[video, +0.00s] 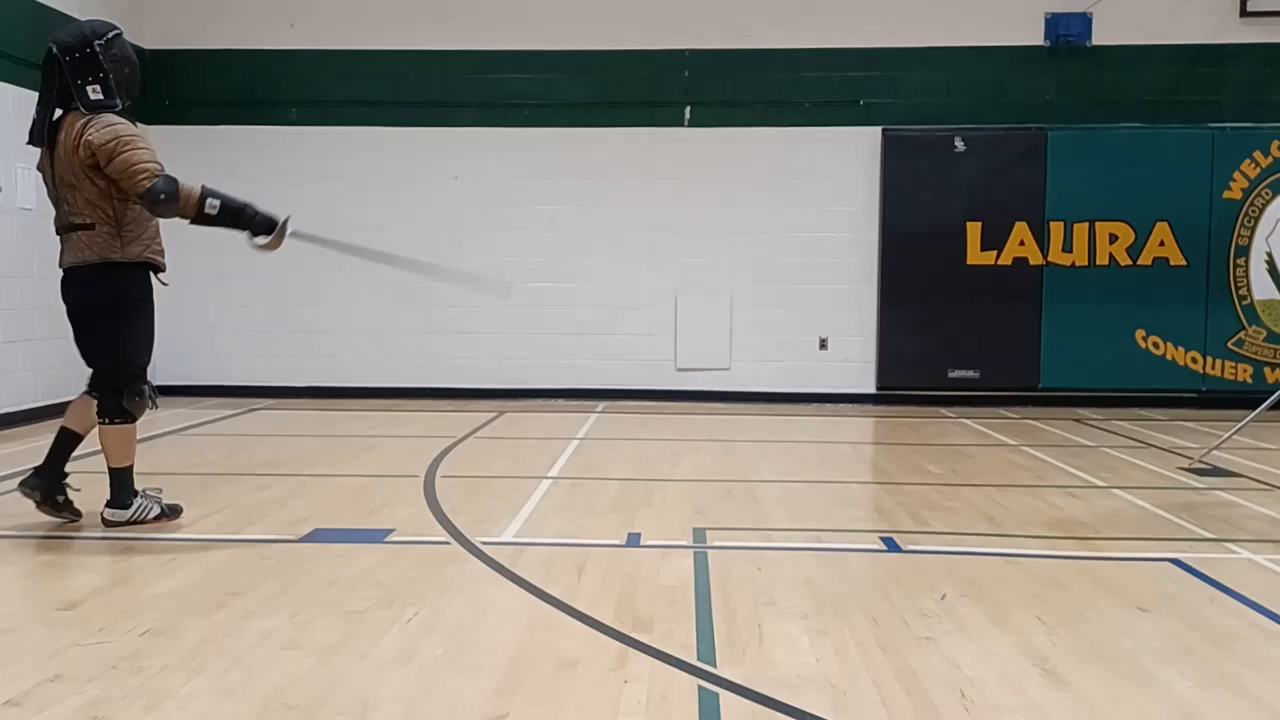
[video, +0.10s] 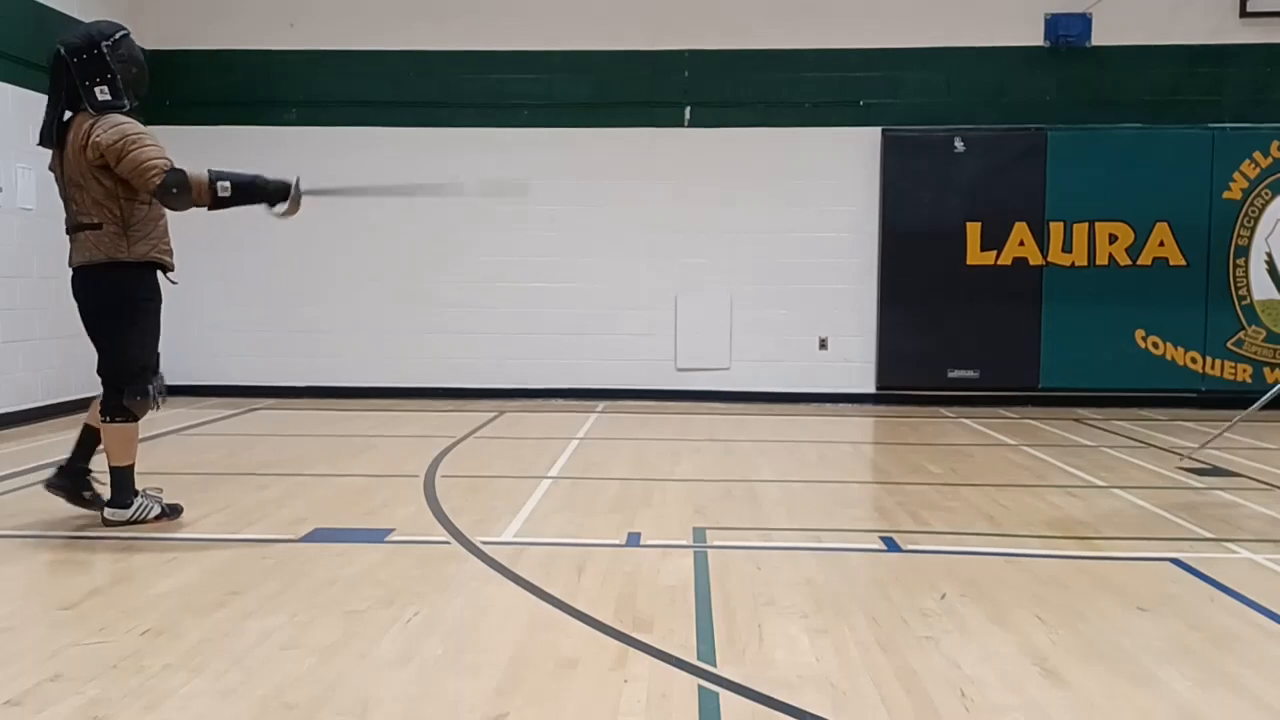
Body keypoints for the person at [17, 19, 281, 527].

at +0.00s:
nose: (128, 73)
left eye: (125, 63)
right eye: (120, 64)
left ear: (72, 74)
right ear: (99, 70)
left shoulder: (62, 131)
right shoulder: (105, 129)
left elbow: (73, 207)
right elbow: (160, 193)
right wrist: (241, 213)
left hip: (85, 276)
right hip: (117, 276)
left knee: (111, 380)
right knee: (122, 386)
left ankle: (47, 476)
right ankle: (123, 499)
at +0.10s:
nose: (135, 73)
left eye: (132, 63)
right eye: (127, 64)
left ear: (82, 74)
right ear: (106, 69)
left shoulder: (76, 129)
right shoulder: (111, 129)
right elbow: (171, 186)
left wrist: (226, 190)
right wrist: (256, 188)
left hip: (100, 274)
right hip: (123, 275)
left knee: (124, 381)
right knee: (130, 386)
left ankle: (74, 473)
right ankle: (124, 498)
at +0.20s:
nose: (146, 70)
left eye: (142, 61)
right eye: (136, 62)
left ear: (93, 74)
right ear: (115, 69)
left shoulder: (92, 129)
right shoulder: (120, 130)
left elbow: (174, 188)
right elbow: (178, 188)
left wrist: (233, 176)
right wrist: (250, 167)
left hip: (113, 272)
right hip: (126, 274)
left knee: (137, 379)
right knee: (132, 382)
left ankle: (114, 479)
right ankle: (120, 493)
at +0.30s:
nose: (159, 72)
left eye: (155, 62)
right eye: (148, 63)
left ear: (106, 76)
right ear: (124, 72)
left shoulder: (101, 129)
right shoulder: (129, 133)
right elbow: (188, 192)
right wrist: (250, 153)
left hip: (133, 274)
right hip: (129, 277)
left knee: (158, 377)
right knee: (130, 384)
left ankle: (155, 482)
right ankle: (122, 500)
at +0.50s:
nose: (177, 74)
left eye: (172, 63)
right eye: (166, 66)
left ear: (124, 82)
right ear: (143, 78)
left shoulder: (120, 136)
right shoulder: (150, 139)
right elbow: (211, 195)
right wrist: (250, 141)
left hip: (148, 278)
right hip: (156, 280)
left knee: (170, 383)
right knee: (150, 385)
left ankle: (174, 483)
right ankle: (124, 498)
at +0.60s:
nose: (183, 78)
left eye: (179, 68)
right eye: (172, 71)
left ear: (132, 86)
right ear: (150, 82)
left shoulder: (130, 138)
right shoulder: (158, 140)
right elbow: (219, 196)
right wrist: (255, 143)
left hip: (155, 278)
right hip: (167, 280)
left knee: (176, 383)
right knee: (165, 385)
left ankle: (174, 483)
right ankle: (127, 494)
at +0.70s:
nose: (190, 79)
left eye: (186, 69)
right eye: (180, 72)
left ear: (139, 86)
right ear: (157, 82)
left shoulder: (136, 139)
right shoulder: (165, 141)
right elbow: (222, 197)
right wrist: (259, 146)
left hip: (155, 279)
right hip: (177, 280)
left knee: (177, 383)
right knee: (178, 385)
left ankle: (175, 482)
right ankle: (131, 489)